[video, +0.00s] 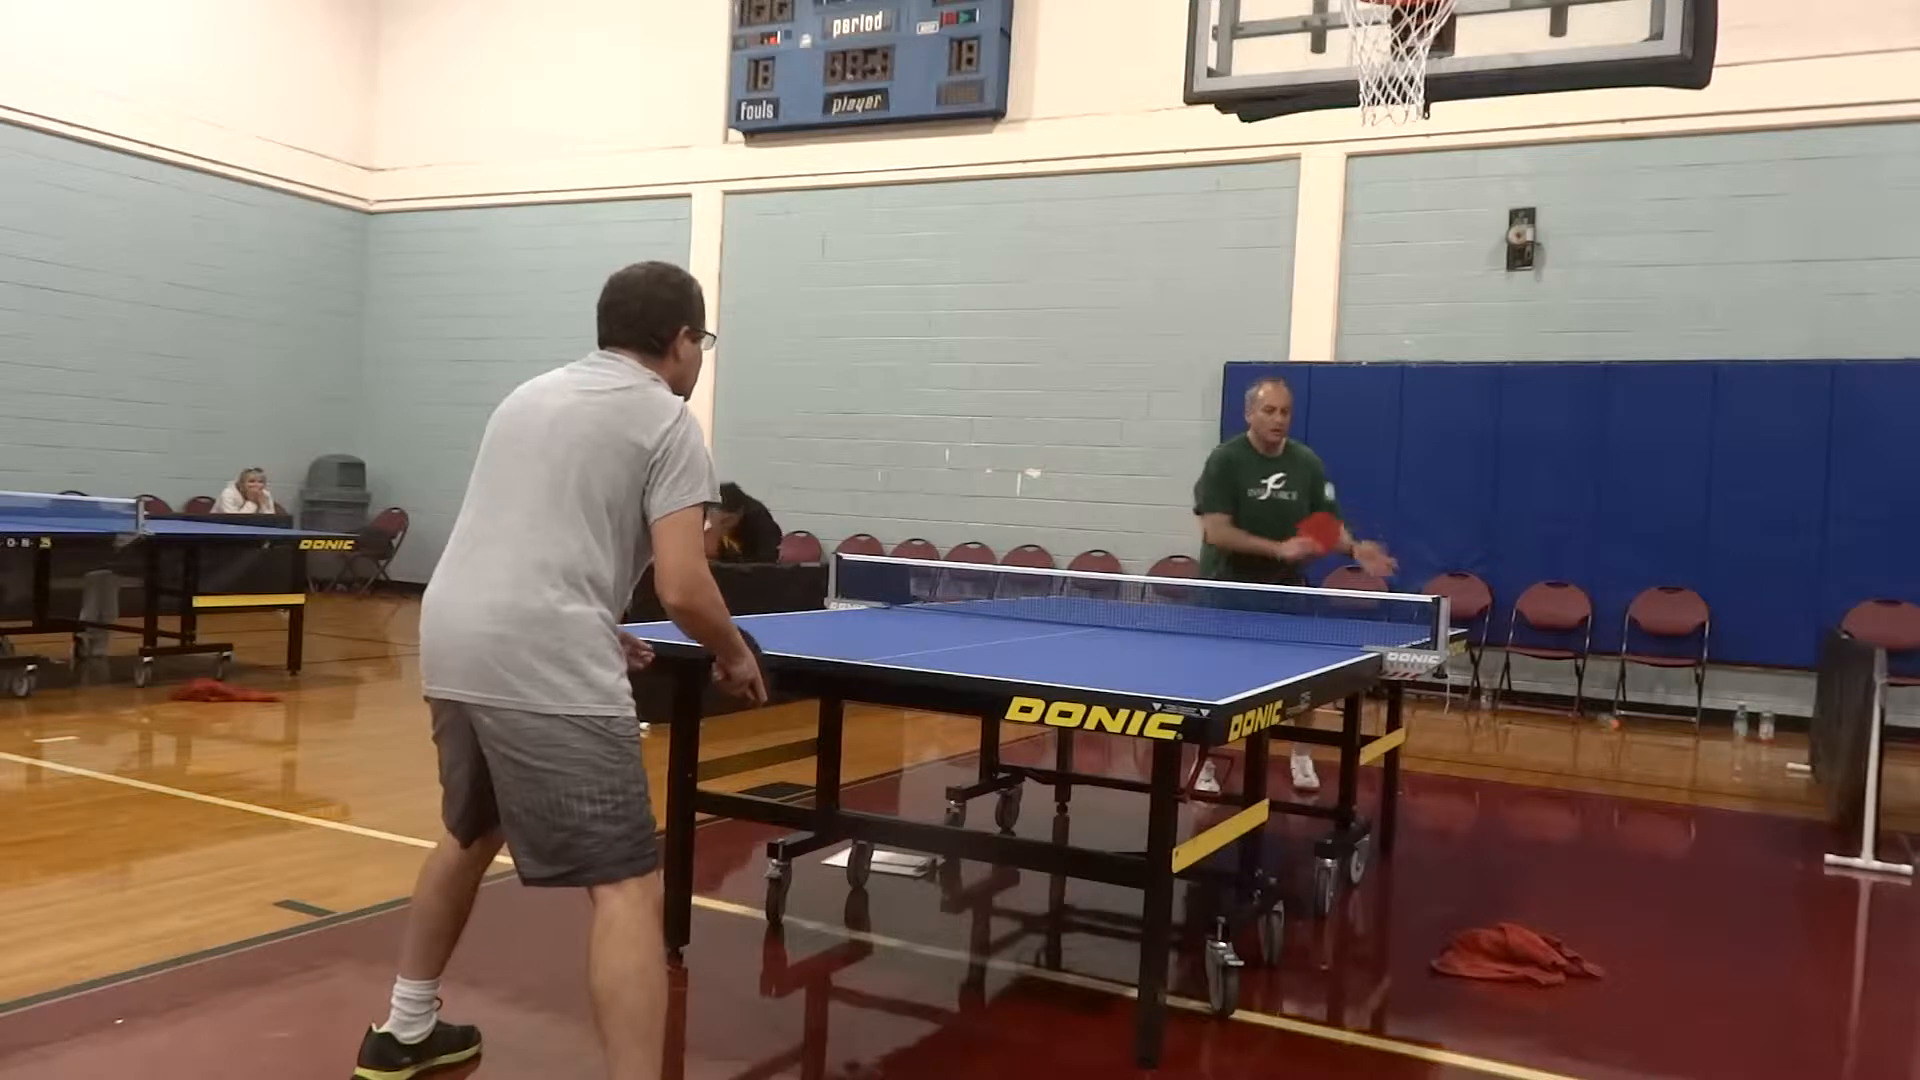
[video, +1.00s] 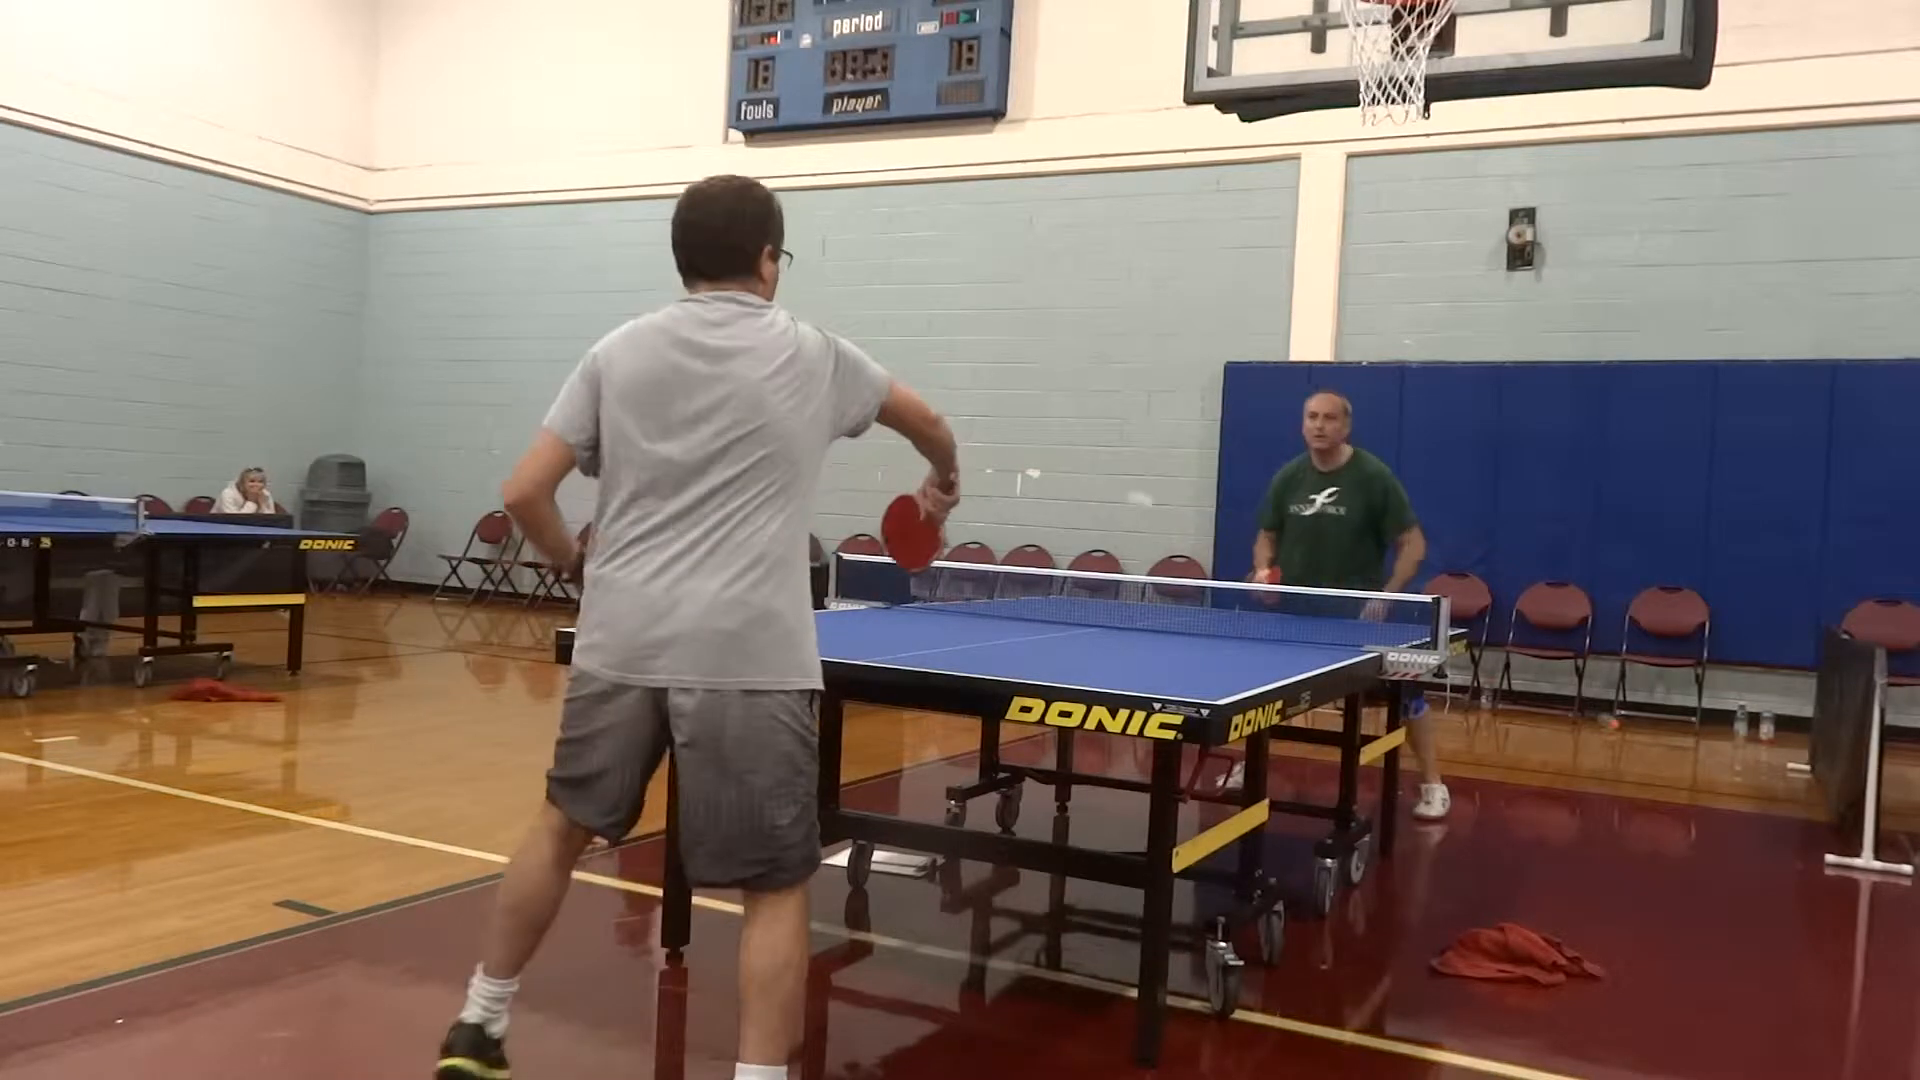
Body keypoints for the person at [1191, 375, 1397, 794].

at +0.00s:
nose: (1279, 420)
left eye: (1285, 412)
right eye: (1269, 411)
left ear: (1292, 416)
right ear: (1249, 414)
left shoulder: (1307, 463)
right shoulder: (1225, 459)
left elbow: (1326, 524)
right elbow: (1214, 531)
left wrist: (1356, 548)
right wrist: (1277, 548)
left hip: (1286, 590)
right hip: (1227, 589)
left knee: (1302, 669)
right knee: (1219, 666)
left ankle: (1301, 753)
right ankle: (1211, 757)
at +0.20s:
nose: (1286, 422)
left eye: (1292, 414)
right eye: (1277, 413)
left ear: (1300, 417)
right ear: (1257, 417)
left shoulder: (1319, 464)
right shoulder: (1237, 464)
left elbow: (1336, 526)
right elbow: (1234, 536)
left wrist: (1354, 586)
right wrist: (1256, 592)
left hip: (1300, 598)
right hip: (1241, 597)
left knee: (1324, 676)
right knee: (1227, 673)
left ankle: (1301, 755)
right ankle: (1212, 759)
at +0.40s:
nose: (1290, 410)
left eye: (1298, 402)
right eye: (1281, 401)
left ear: (1310, 407)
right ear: (1267, 406)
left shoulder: (1335, 458)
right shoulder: (1244, 458)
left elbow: (1355, 517)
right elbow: (1224, 519)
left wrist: (1363, 572)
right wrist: (1222, 551)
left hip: (1316, 594)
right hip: (1257, 592)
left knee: (1318, 679)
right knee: (1241, 671)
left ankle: (1302, 755)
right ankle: (1225, 757)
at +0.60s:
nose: (1286, 409)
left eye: (1294, 401)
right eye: (1278, 401)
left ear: (1307, 408)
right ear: (1265, 408)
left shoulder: (1337, 459)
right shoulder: (1244, 463)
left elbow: (1365, 518)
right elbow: (1226, 528)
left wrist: (1372, 574)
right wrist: (1236, 566)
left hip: (1323, 596)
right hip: (1263, 596)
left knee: (1323, 679)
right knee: (1254, 675)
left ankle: (1316, 752)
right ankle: (1248, 759)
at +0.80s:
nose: (1296, 414)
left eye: (1306, 407)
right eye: (1290, 405)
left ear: (1323, 415)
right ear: (1280, 411)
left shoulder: (1351, 466)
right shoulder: (1258, 469)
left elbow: (1385, 524)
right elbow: (1239, 528)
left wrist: (1388, 578)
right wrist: (1249, 566)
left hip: (1341, 605)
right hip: (1275, 602)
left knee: (1375, 686)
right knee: (1256, 683)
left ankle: (1409, 769)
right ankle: (1250, 763)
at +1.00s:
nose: (1320, 425)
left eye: (1330, 418)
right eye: (1313, 417)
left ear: (1347, 426)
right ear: (1302, 424)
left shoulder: (1374, 477)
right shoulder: (1287, 478)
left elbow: (1413, 544)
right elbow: (1267, 535)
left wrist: (1387, 596)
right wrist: (1263, 567)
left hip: (1358, 619)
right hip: (1294, 615)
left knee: (1407, 689)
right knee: (1254, 681)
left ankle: (1431, 783)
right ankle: (1251, 765)